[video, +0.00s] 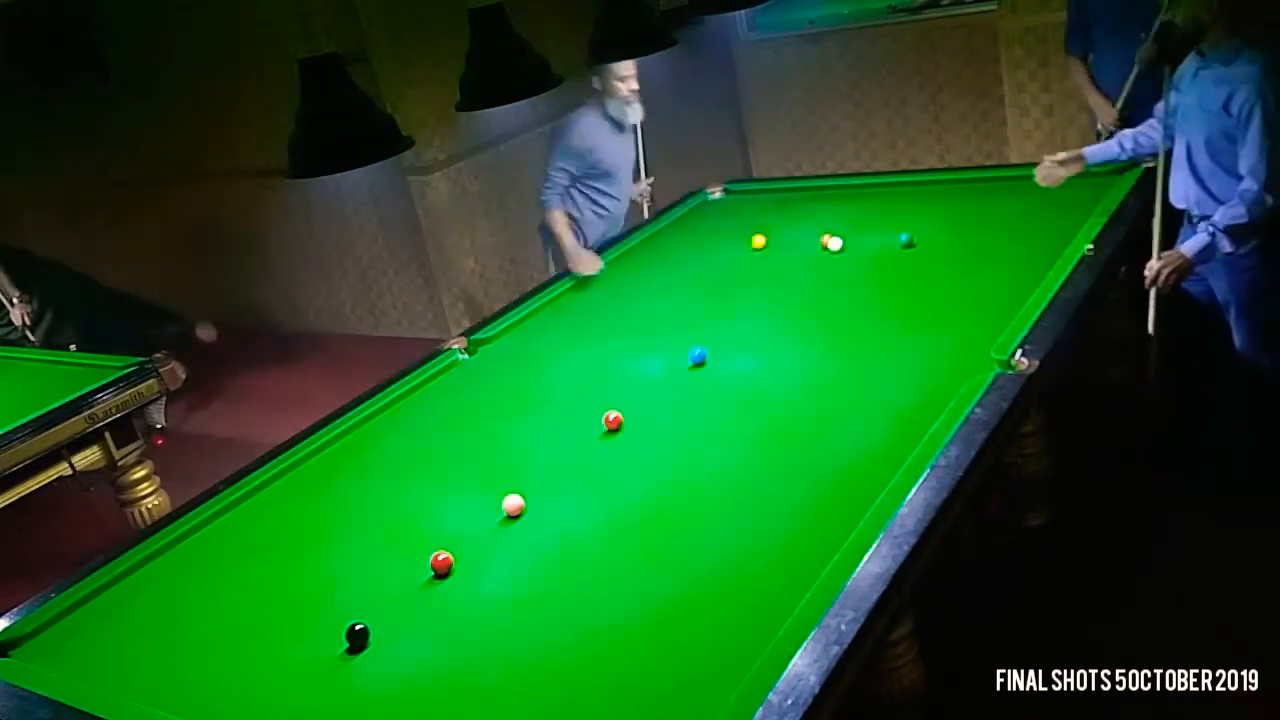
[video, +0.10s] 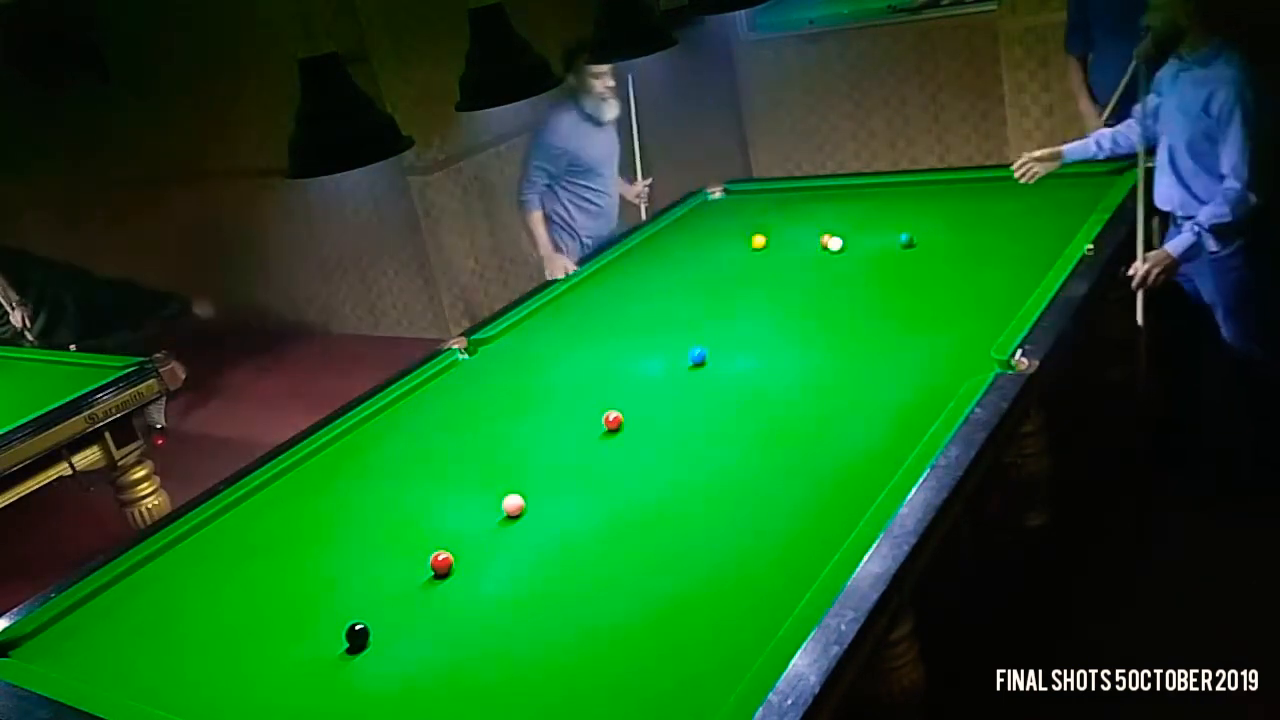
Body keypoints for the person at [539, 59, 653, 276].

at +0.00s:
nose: (634, 87)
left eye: (635, 78)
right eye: (622, 80)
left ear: (638, 77)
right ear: (598, 83)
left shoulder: (627, 120)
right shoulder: (580, 128)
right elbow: (551, 196)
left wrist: (631, 190)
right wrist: (572, 250)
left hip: (611, 236)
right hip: (578, 245)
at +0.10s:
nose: (609, 84)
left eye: (610, 75)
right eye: (597, 77)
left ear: (614, 76)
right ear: (574, 81)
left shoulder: (605, 115)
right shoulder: (559, 126)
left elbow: (597, 168)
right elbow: (530, 193)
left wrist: (626, 189)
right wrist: (548, 254)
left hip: (608, 239)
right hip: (575, 253)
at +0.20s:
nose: (585, 84)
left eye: (586, 76)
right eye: (574, 78)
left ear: (589, 78)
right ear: (557, 83)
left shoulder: (587, 121)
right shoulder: (539, 132)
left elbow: (587, 173)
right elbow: (516, 201)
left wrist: (620, 192)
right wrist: (535, 260)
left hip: (601, 244)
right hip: (566, 258)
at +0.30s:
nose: (562, 88)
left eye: (562, 80)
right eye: (551, 84)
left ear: (565, 81)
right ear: (532, 93)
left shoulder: (565, 125)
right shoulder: (515, 141)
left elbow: (574, 175)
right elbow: (504, 211)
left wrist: (610, 194)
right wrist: (535, 263)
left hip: (590, 247)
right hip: (556, 263)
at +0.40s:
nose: (536, 101)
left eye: (538, 95)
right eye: (526, 97)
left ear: (543, 95)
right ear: (510, 103)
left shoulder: (544, 132)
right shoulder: (495, 146)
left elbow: (554, 179)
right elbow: (489, 219)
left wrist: (596, 197)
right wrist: (534, 264)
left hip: (572, 253)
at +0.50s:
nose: (519, 104)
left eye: (520, 98)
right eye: (508, 101)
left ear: (523, 100)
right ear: (490, 106)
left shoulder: (522, 139)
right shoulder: (472, 155)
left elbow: (536, 183)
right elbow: (476, 228)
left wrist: (583, 201)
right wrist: (530, 266)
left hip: (553, 274)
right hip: (509, 286)